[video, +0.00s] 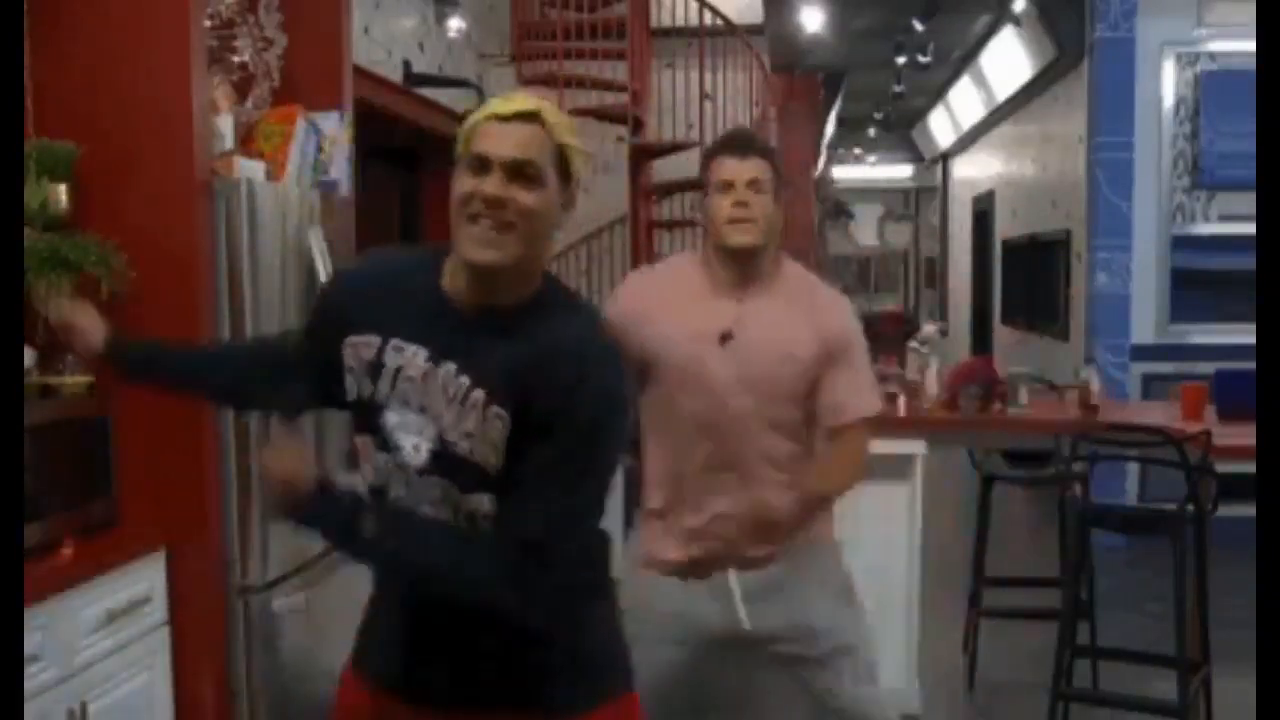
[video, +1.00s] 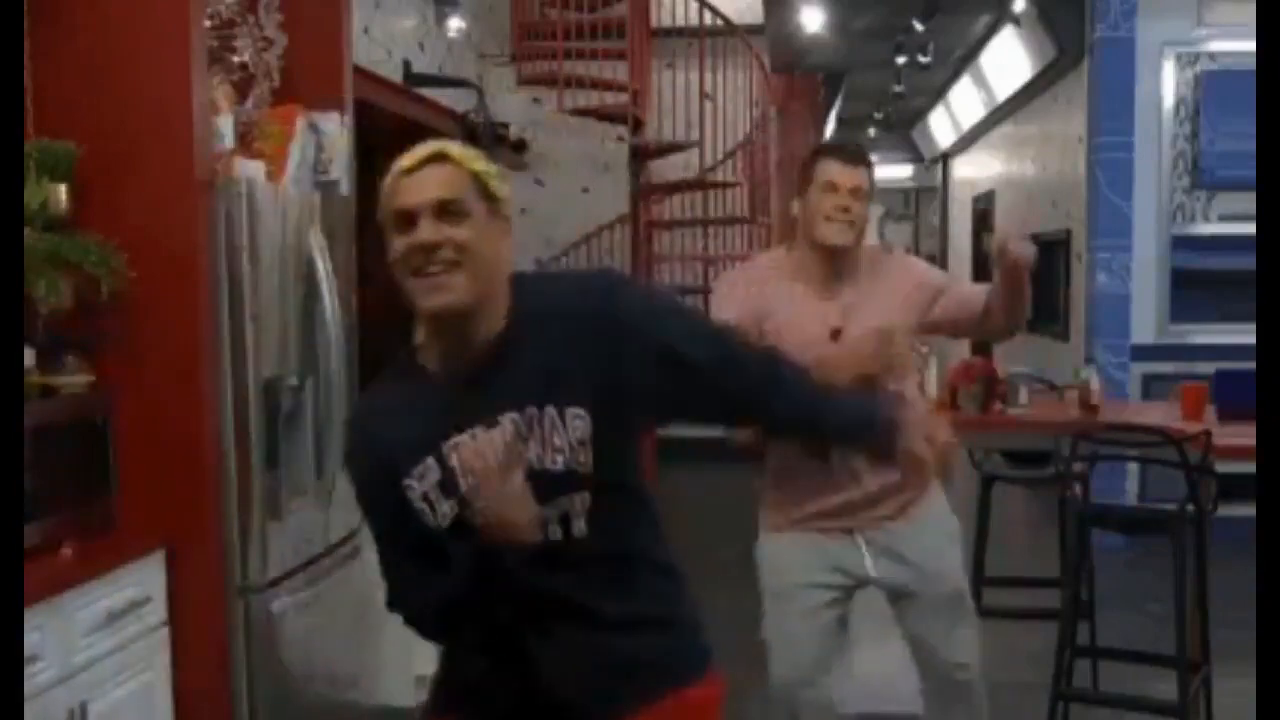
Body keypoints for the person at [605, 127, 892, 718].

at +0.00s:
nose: (741, 201)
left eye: (757, 188)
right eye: (725, 189)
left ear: (780, 207)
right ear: (703, 207)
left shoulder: (825, 310)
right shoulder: (641, 299)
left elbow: (848, 451)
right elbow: (594, 418)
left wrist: (782, 509)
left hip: (796, 572)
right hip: (669, 578)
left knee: (856, 706)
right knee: (659, 711)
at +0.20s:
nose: (681, 203)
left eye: (695, 187)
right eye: (665, 192)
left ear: (720, 196)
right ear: (646, 208)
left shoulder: (784, 296)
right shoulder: (610, 275)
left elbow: (791, 435)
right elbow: (531, 320)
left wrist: (695, 429)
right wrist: (480, 290)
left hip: (749, 541)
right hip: (633, 540)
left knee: (766, 701)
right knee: (614, 699)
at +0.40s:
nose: (660, 241)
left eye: (672, 224)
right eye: (643, 231)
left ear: (698, 230)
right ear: (628, 246)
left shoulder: (775, 319)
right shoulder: (601, 330)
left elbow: (794, 444)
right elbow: (524, 384)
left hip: (758, 532)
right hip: (641, 533)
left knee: (813, 682)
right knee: (608, 696)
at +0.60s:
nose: (730, 195)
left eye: (745, 183)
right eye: (715, 184)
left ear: (767, 194)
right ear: (696, 199)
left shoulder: (828, 263)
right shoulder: (657, 296)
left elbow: (900, 346)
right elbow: (640, 416)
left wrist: (906, 452)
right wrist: (640, 532)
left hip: (816, 512)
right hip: (699, 517)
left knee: (878, 676)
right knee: (657, 686)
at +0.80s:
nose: (811, 206)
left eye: (825, 195)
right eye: (797, 193)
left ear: (842, 213)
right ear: (772, 208)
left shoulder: (885, 282)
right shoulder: (737, 299)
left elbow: (988, 331)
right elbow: (736, 439)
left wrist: (1002, 280)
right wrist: (802, 415)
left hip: (888, 544)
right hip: (775, 539)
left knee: (924, 703)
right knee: (733, 694)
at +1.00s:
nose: (845, 205)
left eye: (858, 196)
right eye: (830, 191)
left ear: (870, 210)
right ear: (800, 202)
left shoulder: (902, 276)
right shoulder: (748, 285)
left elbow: (999, 317)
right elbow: (728, 397)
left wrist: (1011, 272)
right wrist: (842, 372)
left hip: (909, 507)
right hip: (801, 521)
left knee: (957, 673)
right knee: (797, 682)